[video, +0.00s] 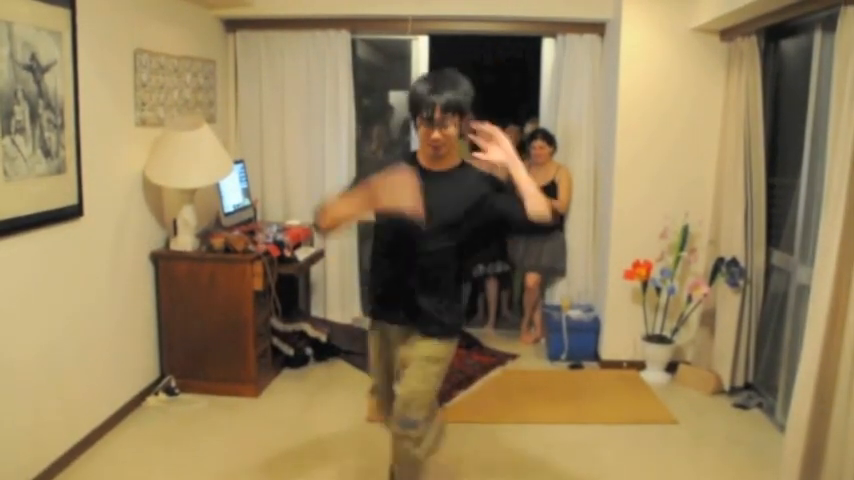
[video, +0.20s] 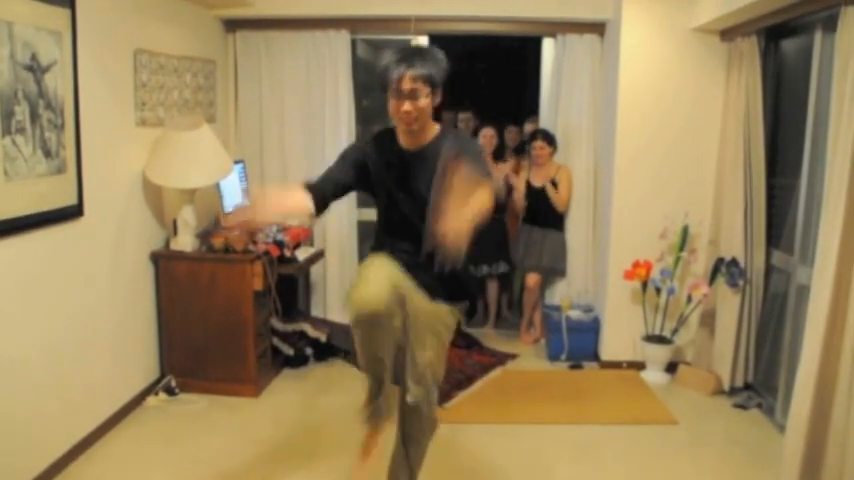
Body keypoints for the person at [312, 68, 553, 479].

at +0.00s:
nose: (434, 134)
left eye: (444, 123)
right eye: (425, 123)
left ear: (463, 125)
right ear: (414, 123)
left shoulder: (479, 184)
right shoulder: (394, 173)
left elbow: (542, 217)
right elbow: (324, 220)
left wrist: (511, 160)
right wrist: (372, 196)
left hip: (438, 321)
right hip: (386, 314)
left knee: (408, 420)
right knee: (389, 408)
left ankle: (403, 475)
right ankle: (432, 430)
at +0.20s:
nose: (406, 107)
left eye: (416, 96)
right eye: (398, 97)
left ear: (436, 98)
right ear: (387, 100)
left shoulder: (460, 149)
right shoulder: (375, 149)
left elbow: (483, 190)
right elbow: (317, 195)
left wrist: (460, 217)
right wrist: (259, 211)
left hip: (441, 279)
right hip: (390, 260)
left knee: (420, 394)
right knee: (371, 303)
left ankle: (404, 474)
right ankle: (377, 410)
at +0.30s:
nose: (391, 116)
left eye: (401, 106)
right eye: (384, 106)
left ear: (423, 108)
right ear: (373, 109)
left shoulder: (448, 159)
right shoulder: (363, 164)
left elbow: (474, 243)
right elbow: (324, 241)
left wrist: (455, 322)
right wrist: (284, 307)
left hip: (436, 289)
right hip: (388, 271)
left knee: (415, 390)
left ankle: (404, 471)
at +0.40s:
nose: (383, 137)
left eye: (392, 126)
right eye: (374, 127)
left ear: (412, 128)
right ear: (364, 132)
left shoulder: (446, 187)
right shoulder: (355, 187)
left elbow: (474, 268)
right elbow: (360, 263)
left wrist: (470, 333)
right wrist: (363, 313)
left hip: (431, 314)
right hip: (377, 296)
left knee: (413, 421)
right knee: (350, 356)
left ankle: (403, 473)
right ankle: (319, 470)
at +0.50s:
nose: (392, 145)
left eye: (400, 135)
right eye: (384, 136)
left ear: (419, 136)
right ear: (371, 139)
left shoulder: (454, 195)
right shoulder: (358, 194)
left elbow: (475, 257)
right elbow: (371, 254)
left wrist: (475, 312)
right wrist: (365, 301)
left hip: (420, 332)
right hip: (364, 316)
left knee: (401, 447)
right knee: (337, 414)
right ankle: (341, 474)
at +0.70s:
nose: (395, 238)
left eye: (404, 228)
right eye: (386, 228)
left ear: (421, 227)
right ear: (373, 226)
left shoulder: (444, 274)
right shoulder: (354, 270)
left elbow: (484, 335)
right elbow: (300, 310)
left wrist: (526, 316)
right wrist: (251, 265)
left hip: (407, 416)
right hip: (352, 410)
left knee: (385, 474)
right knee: (338, 473)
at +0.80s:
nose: (391, 292)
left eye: (401, 281)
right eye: (383, 280)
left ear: (415, 277)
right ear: (368, 276)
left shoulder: (437, 319)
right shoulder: (344, 313)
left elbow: (498, 359)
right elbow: (272, 319)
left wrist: (482, 292)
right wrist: (285, 262)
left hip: (405, 442)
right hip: (352, 441)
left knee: (379, 477)